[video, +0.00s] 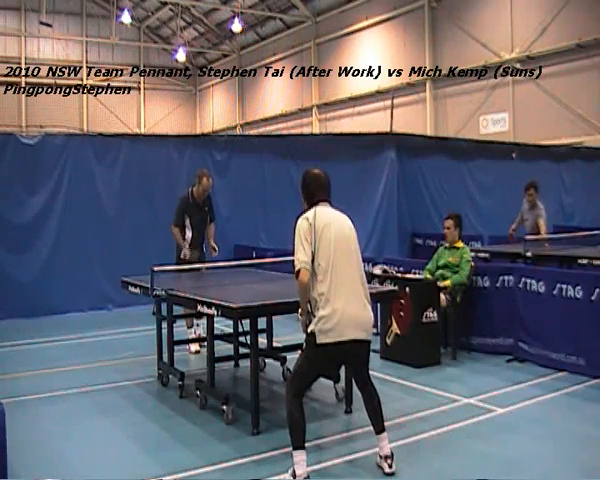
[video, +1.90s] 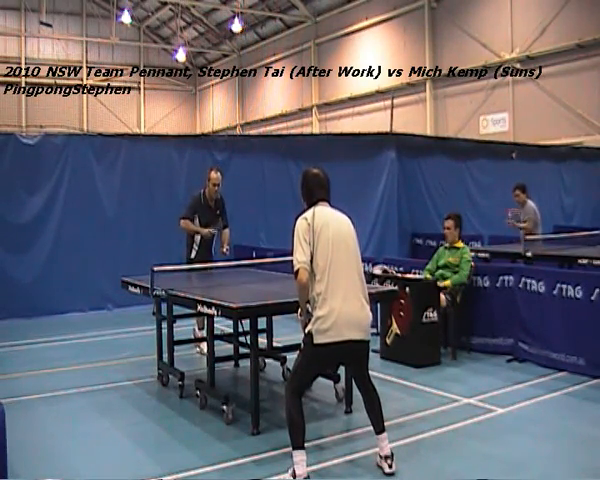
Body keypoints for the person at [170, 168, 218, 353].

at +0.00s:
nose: (206, 192)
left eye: (208, 188)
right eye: (204, 188)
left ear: (210, 187)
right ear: (197, 185)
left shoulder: (207, 200)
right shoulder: (185, 200)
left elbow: (210, 222)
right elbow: (175, 226)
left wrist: (211, 241)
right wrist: (183, 246)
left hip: (200, 250)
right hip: (186, 251)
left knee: (200, 289)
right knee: (187, 292)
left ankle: (198, 327)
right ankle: (190, 332)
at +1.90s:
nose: (216, 188)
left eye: (218, 185)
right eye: (213, 185)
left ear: (221, 184)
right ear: (206, 184)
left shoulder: (220, 201)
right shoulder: (197, 200)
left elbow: (224, 226)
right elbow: (184, 222)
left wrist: (225, 244)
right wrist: (201, 230)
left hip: (208, 252)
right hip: (195, 253)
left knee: (208, 294)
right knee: (199, 295)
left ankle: (201, 332)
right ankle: (199, 332)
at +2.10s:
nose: (215, 188)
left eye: (218, 184)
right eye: (212, 184)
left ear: (220, 184)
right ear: (206, 183)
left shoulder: (219, 200)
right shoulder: (198, 199)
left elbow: (226, 223)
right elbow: (193, 224)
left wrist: (226, 235)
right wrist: (215, 218)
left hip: (209, 252)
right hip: (195, 253)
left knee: (209, 292)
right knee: (199, 294)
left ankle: (198, 325)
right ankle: (200, 332)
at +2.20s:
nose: (215, 187)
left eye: (217, 183)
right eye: (212, 183)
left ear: (220, 183)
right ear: (206, 182)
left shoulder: (219, 199)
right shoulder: (198, 198)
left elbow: (225, 218)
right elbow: (197, 222)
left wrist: (227, 225)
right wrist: (218, 211)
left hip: (209, 251)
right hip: (195, 252)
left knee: (209, 292)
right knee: (199, 295)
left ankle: (198, 324)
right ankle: (201, 334)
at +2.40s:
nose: (217, 183)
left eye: (219, 180)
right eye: (214, 179)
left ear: (220, 180)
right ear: (206, 179)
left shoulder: (218, 196)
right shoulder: (199, 195)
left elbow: (225, 222)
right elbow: (204, 216)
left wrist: (230, 214)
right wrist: (222, 203)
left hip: (208, 251)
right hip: (196, 252)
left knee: (209, 293)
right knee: (202, 295)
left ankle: (198, 325)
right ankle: (202, 334)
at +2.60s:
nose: (220, 185)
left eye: (222, 181)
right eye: (217, 181)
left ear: (221, 183)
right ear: (209, 180)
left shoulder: (213, 198)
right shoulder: (201, 198)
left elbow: (214, 219)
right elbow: (214, 218)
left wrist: (225, 226)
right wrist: (226, 207)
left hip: (204, 250)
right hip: (196, 252)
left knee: (206, 291)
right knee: (202, 293)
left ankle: (199, 325)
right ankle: (201, 332)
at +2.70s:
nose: (220, 191)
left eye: (222, 188)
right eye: (219, 187)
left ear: (219, 188)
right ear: (209, 185)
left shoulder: (208, 200)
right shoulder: (203, 201)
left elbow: (211, 224)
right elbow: (216, 224)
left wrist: (224, 233)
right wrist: (226, 214)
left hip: (202, 252)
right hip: (196, 253)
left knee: (207, 289)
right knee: (203, 294)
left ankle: (199, 322)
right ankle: (202, 334)